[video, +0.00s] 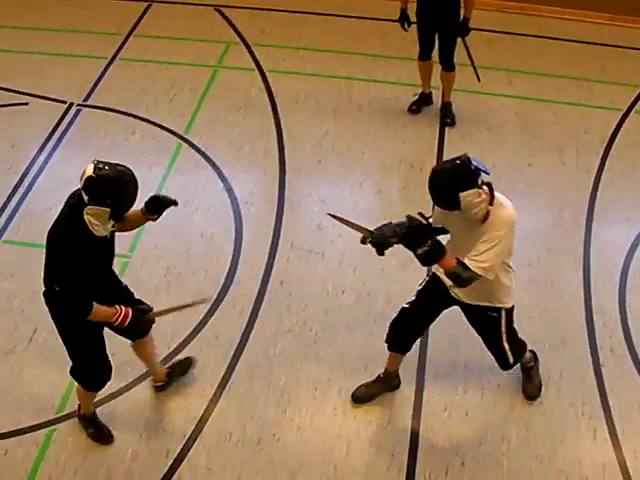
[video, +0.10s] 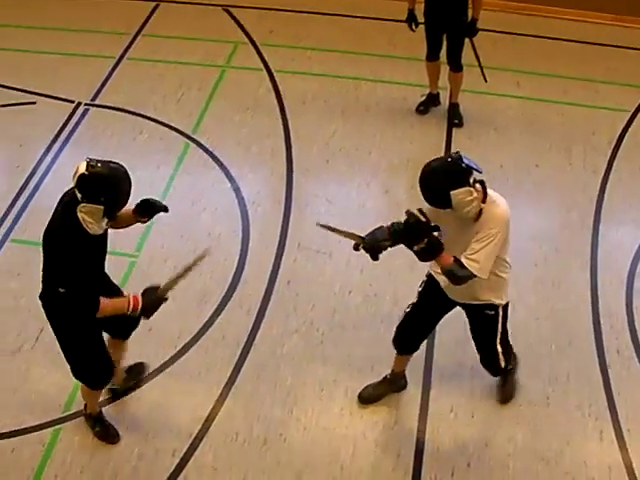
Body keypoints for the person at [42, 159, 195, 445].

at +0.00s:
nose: (123, 212)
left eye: (124, 208)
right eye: (120, 208)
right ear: (102, 206)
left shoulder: (94, 205)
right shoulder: (67, 237)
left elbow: (117, 223)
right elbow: (74, 305)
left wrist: (145, 214)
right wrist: (124, 316)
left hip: (100, 282)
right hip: (70, 301)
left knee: (139, 324)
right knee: (95, 370)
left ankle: (159, 375)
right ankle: (86, 414)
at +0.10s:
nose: (116, 210)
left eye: (118, 205)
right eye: (114, 206)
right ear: (97, 205)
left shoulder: (87, 202)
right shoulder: (66, 238)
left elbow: (111, 222)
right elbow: (84, 305)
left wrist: (137, 214)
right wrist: (135, 304)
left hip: (92, 281)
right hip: (66, 303)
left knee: (125, 321)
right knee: (97, 369)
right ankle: (92, 414)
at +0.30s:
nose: (123, 199)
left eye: (123, 194)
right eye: (119, 195)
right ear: (103, 196)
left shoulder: (84, 191)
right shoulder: (78, 231)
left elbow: (117, 205)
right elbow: (104, 283)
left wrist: (149, 214)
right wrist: (147, 242)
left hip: (76, 288)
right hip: (81, 303)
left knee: (80, 331)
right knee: (121, 361)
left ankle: (61, 372)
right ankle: (114, 410)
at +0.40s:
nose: (124, 197)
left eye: (125, 193)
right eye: (122, 194)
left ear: (97, 179)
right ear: (110, 193)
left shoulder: (89, 192)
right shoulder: (86, 226)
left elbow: (125, 210)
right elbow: (110, 264)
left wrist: (146, 235)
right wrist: (146, 211)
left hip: (75, 282)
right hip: (92, 299)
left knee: (76, 327)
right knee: (137, 354)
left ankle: (56, 373)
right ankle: (128, 406)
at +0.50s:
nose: (127, 195)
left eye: (127, 190)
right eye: (124, 189)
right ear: (112, 188)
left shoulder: (103, 186)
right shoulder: (82, 212)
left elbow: (134, 217)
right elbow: (115, 249)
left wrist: (140, 248)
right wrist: (140, 202)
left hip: (83, 278)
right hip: (97, 294)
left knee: (82, 325)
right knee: (147, 347)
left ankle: (65, 372)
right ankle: (138, 405)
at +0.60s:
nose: (126, 191)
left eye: (128, 185)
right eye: (125, 186)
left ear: (97, 174)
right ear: (109, 187)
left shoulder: (85, 187)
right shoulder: (83, 219)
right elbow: (107, 255)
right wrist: (135, 201)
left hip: (82, 282)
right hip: (98, 297)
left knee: (85, 327)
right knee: (148, 348)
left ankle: (68, 373)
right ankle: (142, 405)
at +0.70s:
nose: (119, 189)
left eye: (121, 182)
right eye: (118, 183)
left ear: (94, 175)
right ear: (104, 185)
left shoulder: (82, 187)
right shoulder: (75, 218)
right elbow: (101, 252)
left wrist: (129, 190)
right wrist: (129, 202)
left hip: (82, 282)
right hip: (95, 296)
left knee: (85, 325)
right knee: (146, 349)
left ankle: (67, 373)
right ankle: (142, 405)